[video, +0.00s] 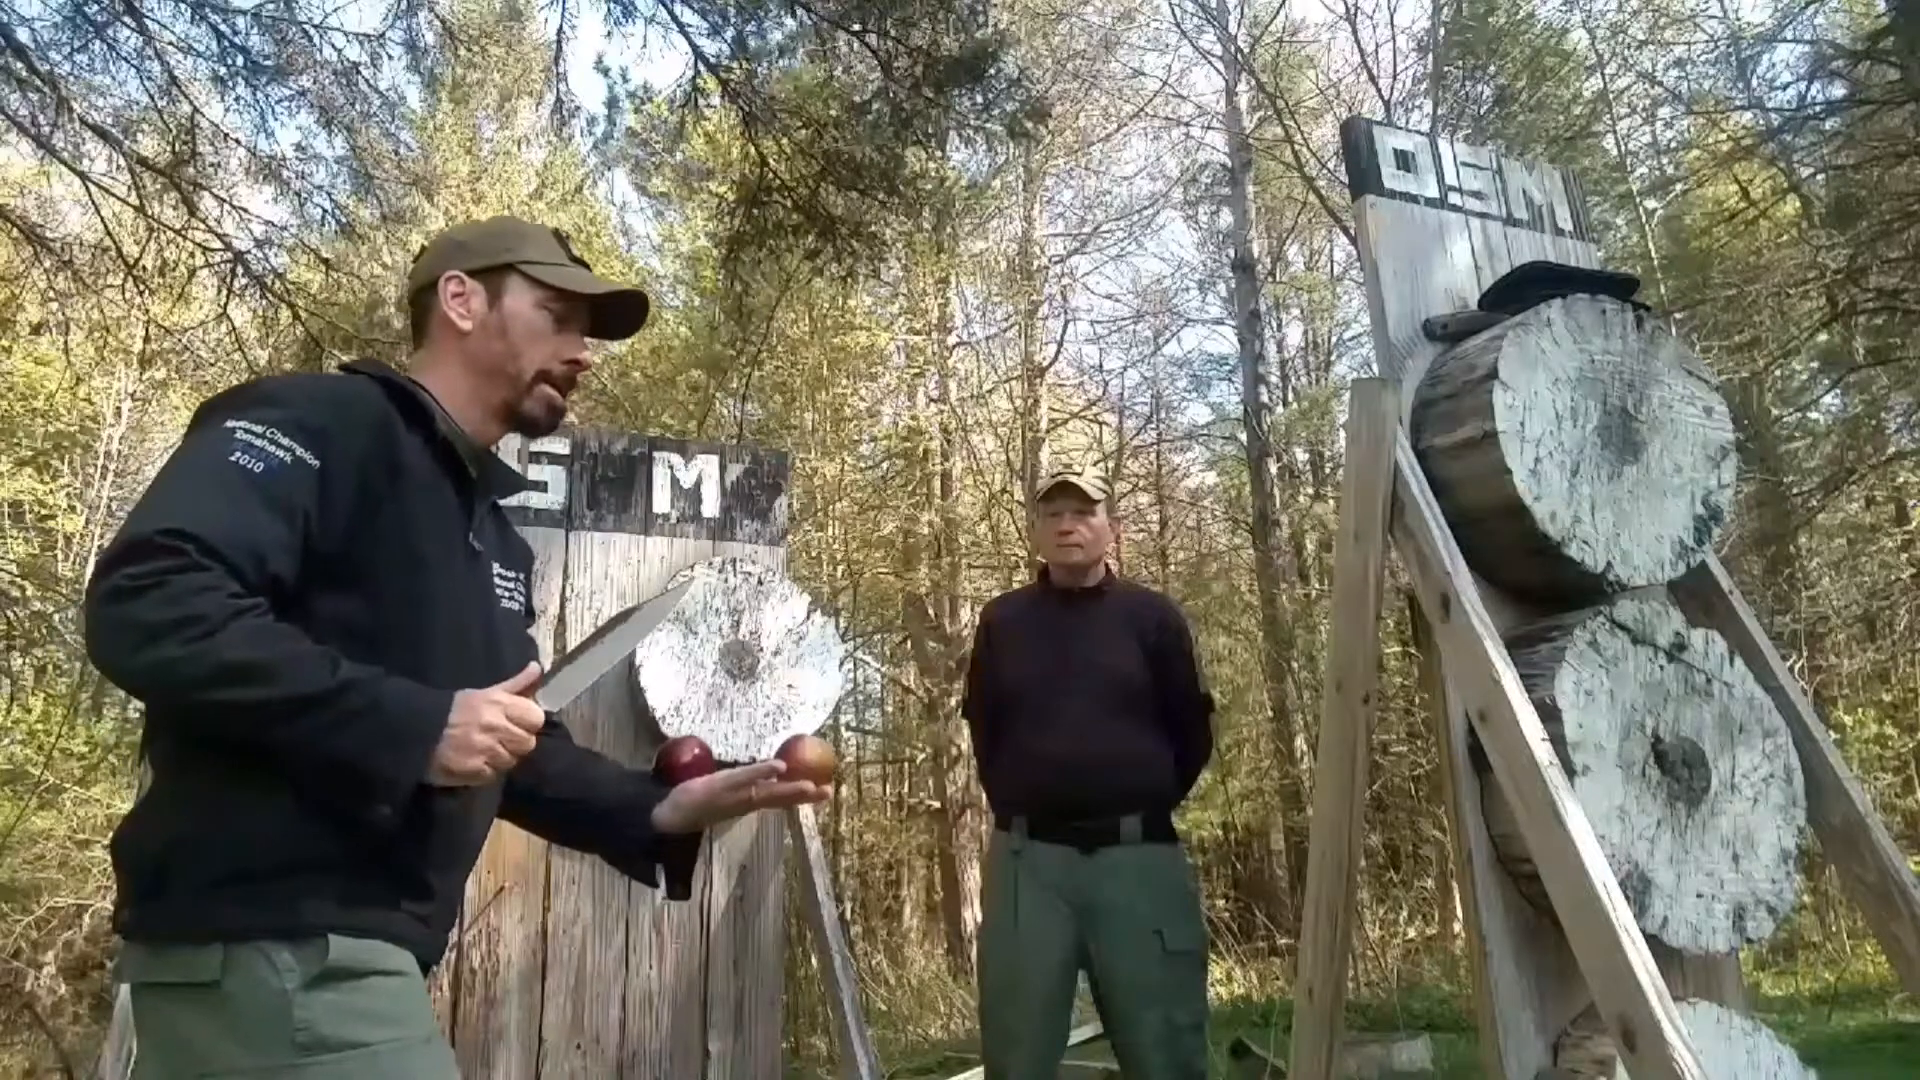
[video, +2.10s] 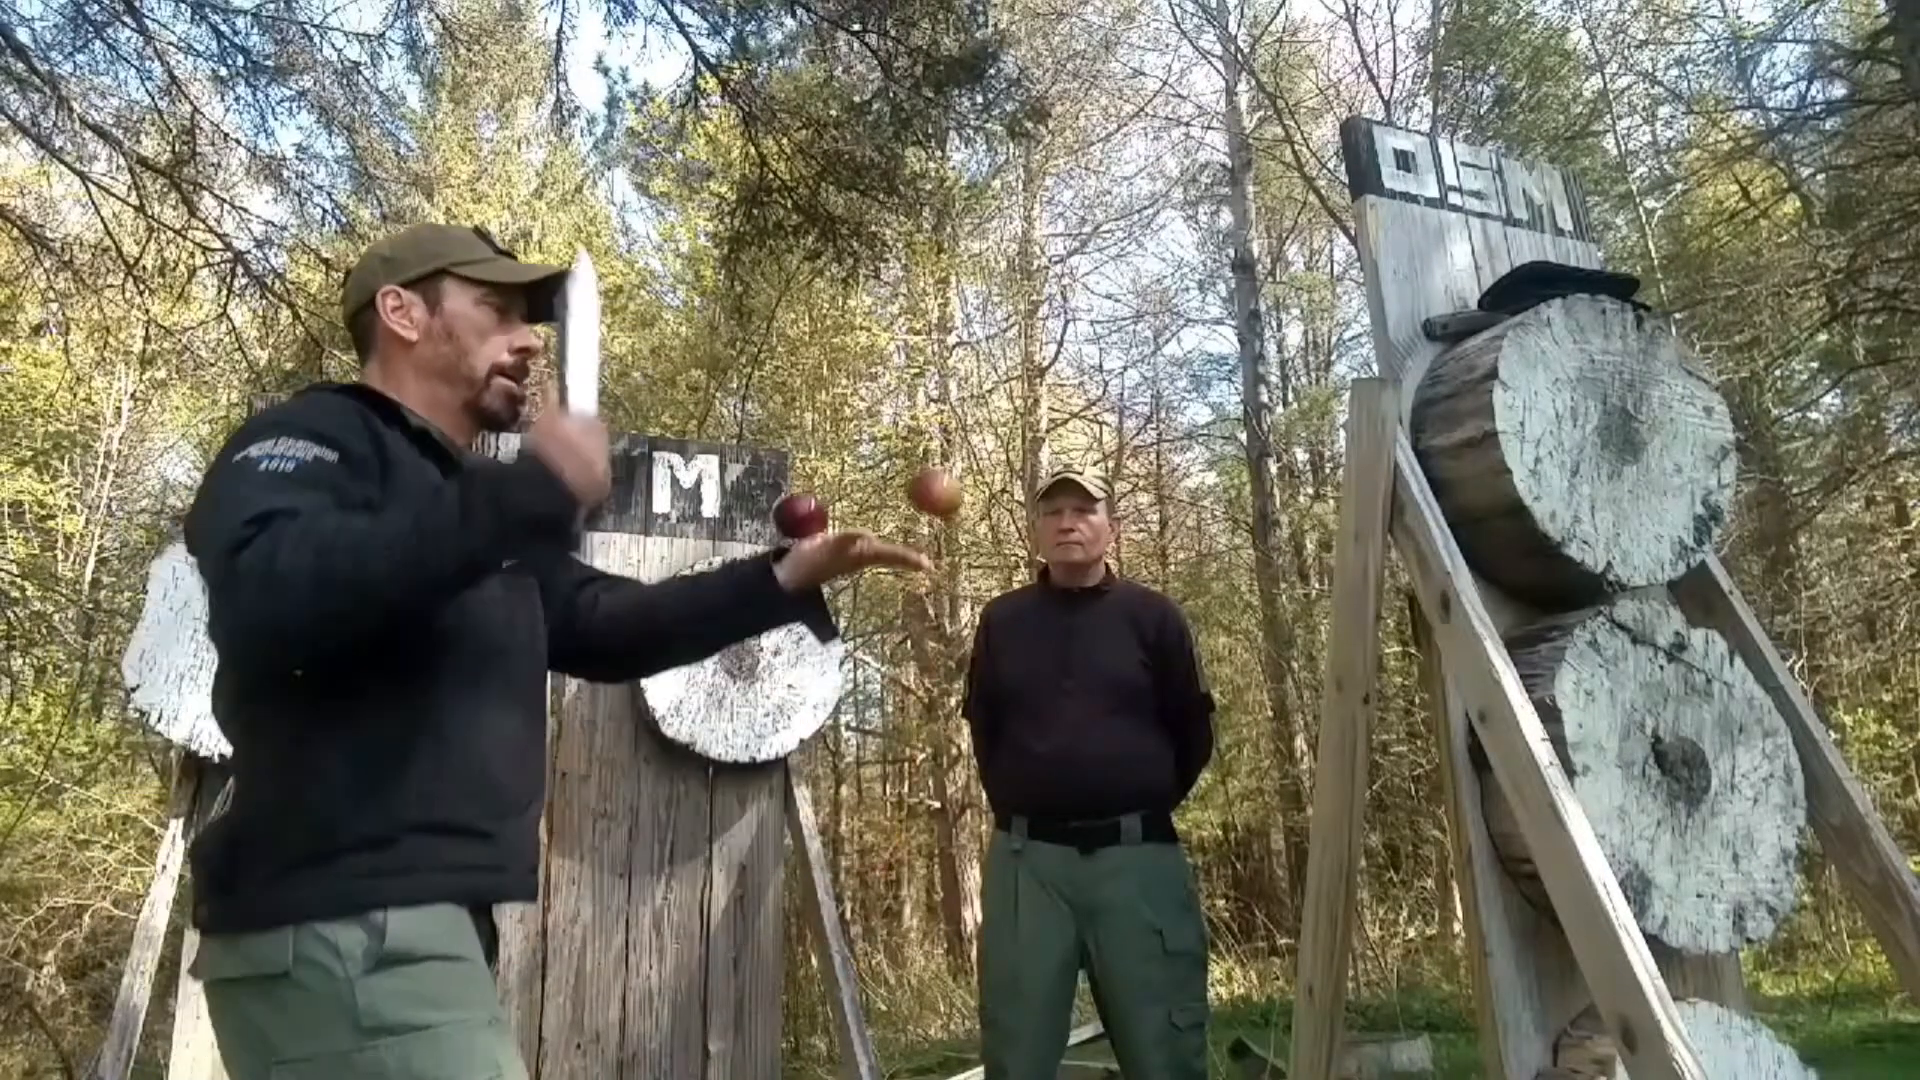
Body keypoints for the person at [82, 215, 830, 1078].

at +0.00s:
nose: (587, 351)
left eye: (592, 331)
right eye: (562, 315)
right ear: (461, 302)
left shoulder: (495, 540)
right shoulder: (318, 417)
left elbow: (496, 741)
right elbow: (146, 603)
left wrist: (660, 807)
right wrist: (418, 725)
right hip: (276, 957)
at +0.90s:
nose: (580, 420)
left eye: (583, 397)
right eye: (555, 382)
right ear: (455, 372)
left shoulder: (491, 608)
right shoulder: (301, 498)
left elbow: (481, 825)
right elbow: (138, 712)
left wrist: (656, 899)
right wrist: (404, 834)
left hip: (361, 1019)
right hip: (246, 1018)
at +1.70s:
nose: (552, 450)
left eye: (555, 424)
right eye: (523, 412)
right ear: (420, 409)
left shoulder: (487, 628)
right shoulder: (264, 558)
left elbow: (548, 816)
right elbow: (149, 788)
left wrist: (716, 851)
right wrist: (421, 874)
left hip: (408, 1038)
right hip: (260, 1037)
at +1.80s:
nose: (546, 425)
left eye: (547, 399)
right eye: (518, 392)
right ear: (418, 387)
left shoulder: (487, 598)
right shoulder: (263, 537)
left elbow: (561, 765)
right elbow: (164, 749)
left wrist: (757, 776)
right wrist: (456, 806)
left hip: (416, 1021)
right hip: (290, 1025)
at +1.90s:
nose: (541, 395)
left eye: (541, 371)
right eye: (510, 359)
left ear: (425, 368)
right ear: (413, 360)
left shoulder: (484, 569)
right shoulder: (277, 506)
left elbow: (579, 719)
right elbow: (196, 704)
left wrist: (769, 699)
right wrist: (492, 707)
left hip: (408, 992)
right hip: (323, 999)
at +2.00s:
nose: (537, 370)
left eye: (538, 347)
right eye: (507, 334)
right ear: (410, 336)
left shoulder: (478, 530)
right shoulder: (292, 468)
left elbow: (598, 665)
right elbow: (234, 649)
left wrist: (780, 631)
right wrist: (518, 600)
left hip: (411, 962)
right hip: (338, 970)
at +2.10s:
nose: (529, 340)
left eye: (528, 319)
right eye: (500, 311)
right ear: (403, 314)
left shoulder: (492, 492)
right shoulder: (298, 443)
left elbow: (604, 626)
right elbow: (276, 598)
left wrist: (780, 577)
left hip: (426, 927)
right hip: (340, 932)